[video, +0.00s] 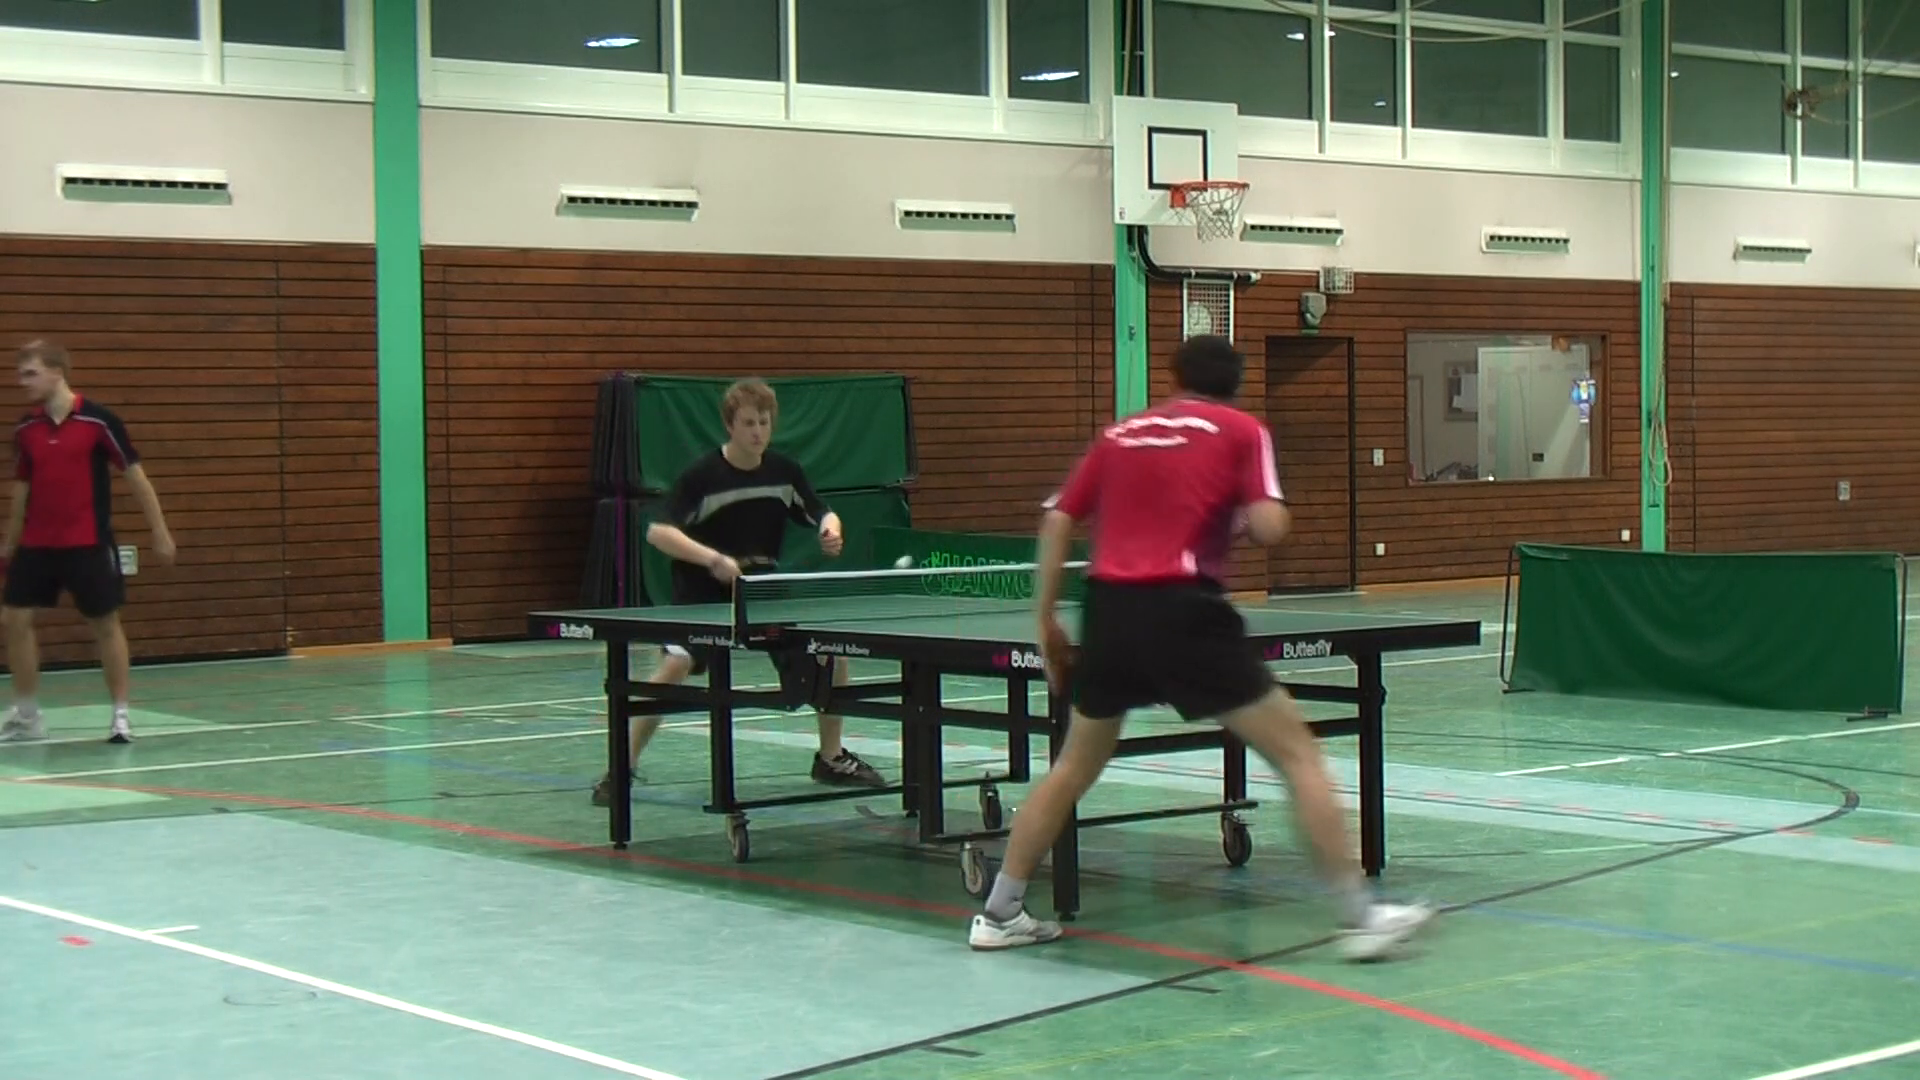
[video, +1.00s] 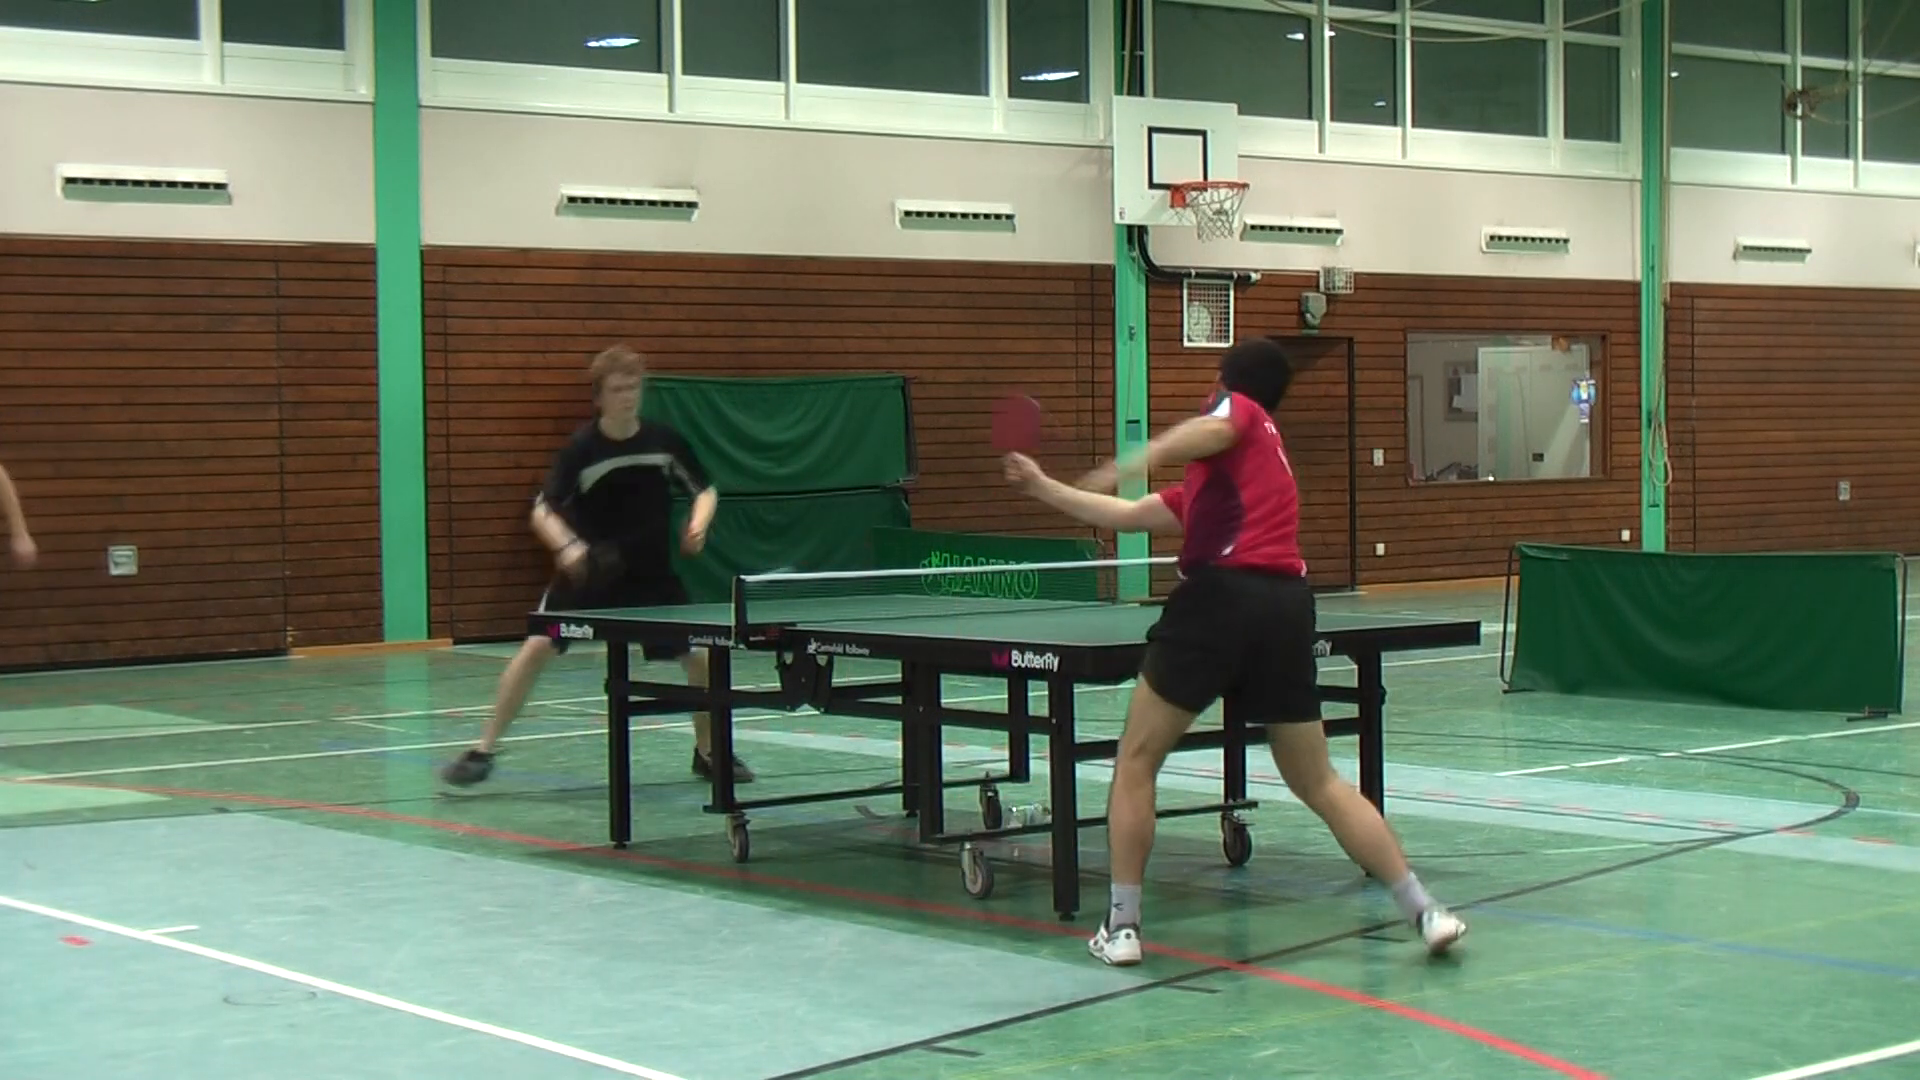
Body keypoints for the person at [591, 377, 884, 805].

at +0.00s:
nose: (758, 432)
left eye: (764, 423)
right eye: (748, 423)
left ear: (773, 424)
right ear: (729, 425)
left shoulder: (784, 471)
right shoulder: (703, 475)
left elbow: (822, 513)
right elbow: (659, 531)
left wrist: (831, 529)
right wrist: (711, 558)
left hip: (768, 598)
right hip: (705, 599)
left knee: (834, 652)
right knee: (676, 664)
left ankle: (831, 757)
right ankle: (622, 767)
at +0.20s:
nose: (762, 463)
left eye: (768, 454)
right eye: (753, 454)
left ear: (775, 455)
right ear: (732, 455)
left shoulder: (782, 495)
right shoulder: (707, 500)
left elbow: (826, 527)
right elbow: (686, 558)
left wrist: (850, 545)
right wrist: (743, 567)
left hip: (758, 609)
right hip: (697, 611)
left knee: (838, 655)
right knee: (683, 679)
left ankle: (831, 757)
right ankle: (617, 772)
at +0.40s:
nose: (751, 430)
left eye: (756, 421)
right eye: (742, 422)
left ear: (762, 424)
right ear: (720, 424)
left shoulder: (767, 471)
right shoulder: (701, 462)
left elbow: (811, 496)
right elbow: (679, 464)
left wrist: (856, 525)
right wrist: (682, 459)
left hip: (747, 601)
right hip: (689, 602)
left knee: (823, 652)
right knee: (686, 674)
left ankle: (831, 757)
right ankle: (619, 769)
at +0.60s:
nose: (730, 380)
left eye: (735, 373)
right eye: (720, 372)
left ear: (742, 378)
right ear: (698, 377)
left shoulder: (750, 431)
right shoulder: (670, 427)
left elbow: (786, 476)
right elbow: (623, 473)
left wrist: (816, 521)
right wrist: (646, 464)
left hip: (729, 563)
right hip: (667, 564)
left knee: (780, 641)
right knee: (635, 652)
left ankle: (770, 742)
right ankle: (595, 757)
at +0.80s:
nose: (690, 384)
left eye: (695, 376)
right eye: (680, 376)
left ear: (701, 380)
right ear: (657, 381)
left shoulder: (713, 436)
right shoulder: (632, 435)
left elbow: (750, 482)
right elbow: (584, 486)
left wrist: (765, 516)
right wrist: (617, 489)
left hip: (696, 574)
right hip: (633, 575)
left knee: (744, 650)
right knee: (592, 660)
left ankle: (760, 755)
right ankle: (544, 766)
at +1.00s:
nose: (629, 397)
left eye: (634, 388)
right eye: (619, 390)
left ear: (642, 390)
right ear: (599, 396)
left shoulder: (665, 442)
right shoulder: (582, 449)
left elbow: (705, 490)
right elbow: (542, 510)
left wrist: (698, 523)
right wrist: (568, 545)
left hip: (652, 577)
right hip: (591, 577)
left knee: (703, 655)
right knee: (537, 646)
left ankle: (709, 751)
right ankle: (483, 749)